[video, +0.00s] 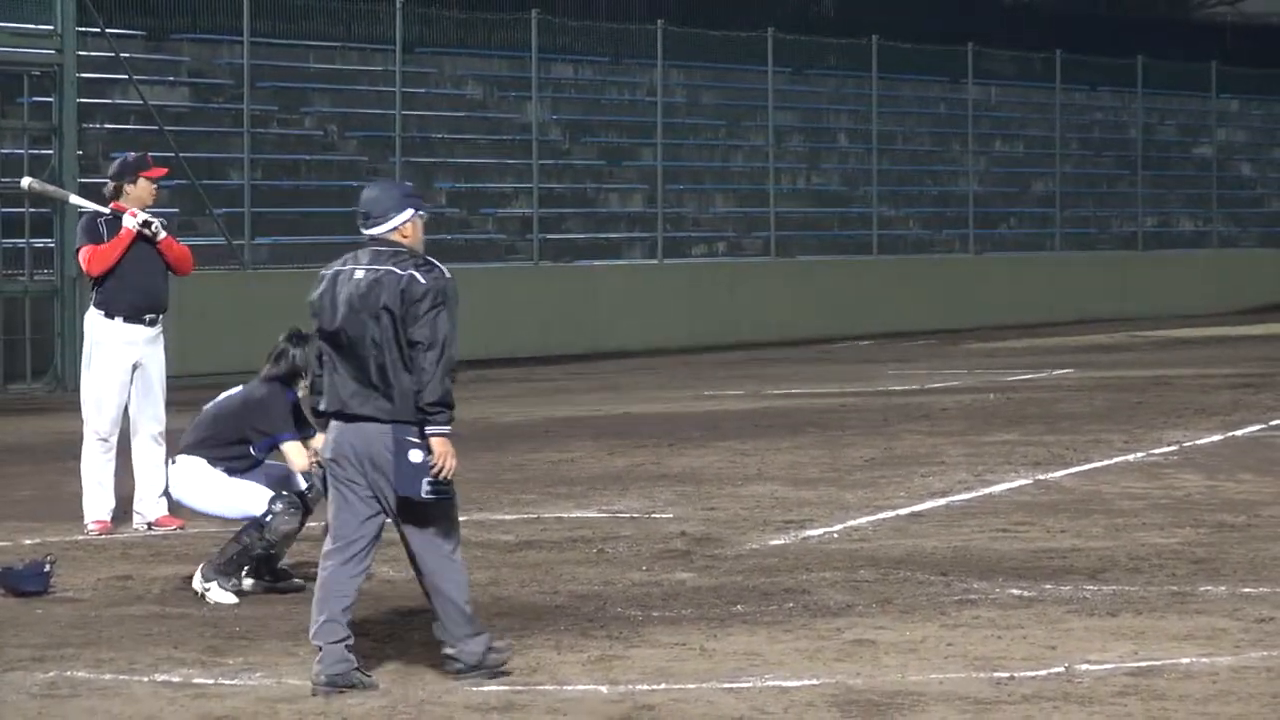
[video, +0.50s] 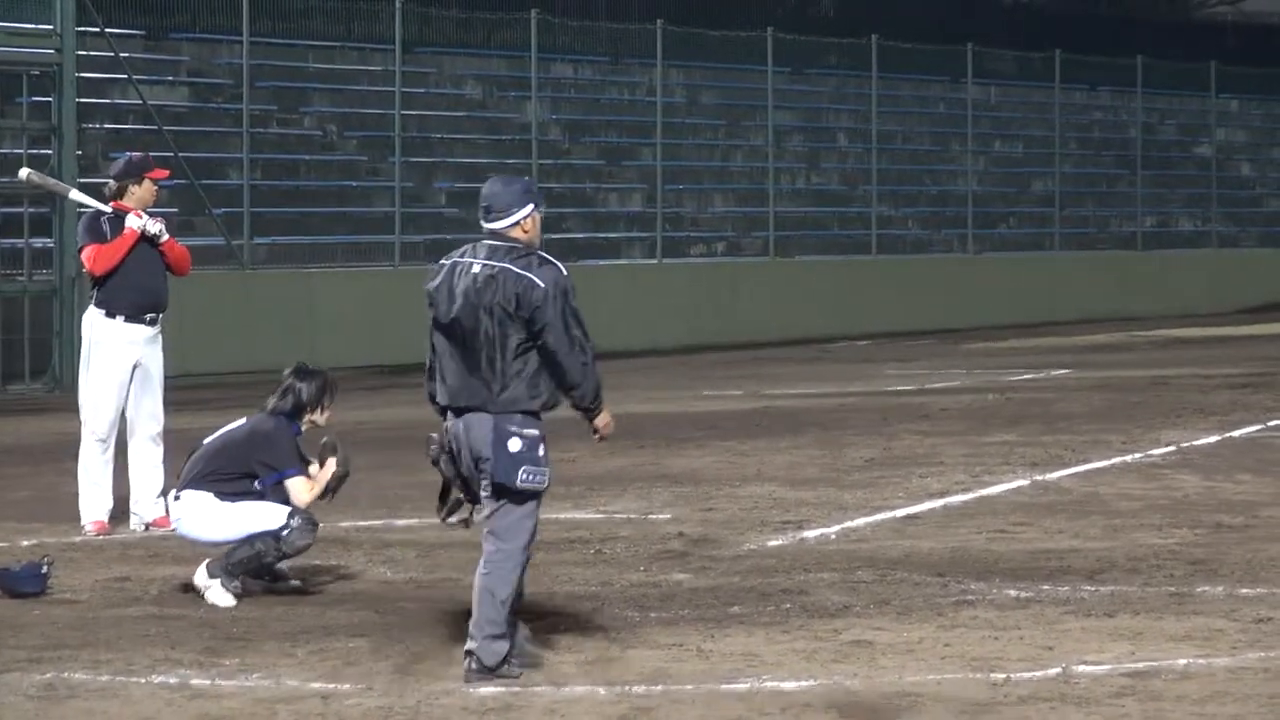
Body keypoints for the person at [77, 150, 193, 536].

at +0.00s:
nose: (155, 188)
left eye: (155, 182)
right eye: (149, 182)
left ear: (137, 186)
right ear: (126, 185)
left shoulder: (153, 227)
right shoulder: (96, 221)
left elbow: (186, 265)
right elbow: (93, 265)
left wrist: (161, 236)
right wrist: (127, 232)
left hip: (151, 333)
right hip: (109, 332)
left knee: (151, 426)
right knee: (102, 429)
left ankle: (151, 509)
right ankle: (98, 515)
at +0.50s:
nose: (156, 189)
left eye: (156, 183)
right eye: (151, 183)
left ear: (136, 186)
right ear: (131, 185)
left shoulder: (153, 225)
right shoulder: (97, 220)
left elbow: (184, 266)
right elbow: (96, 265)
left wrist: (163, 238)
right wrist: (132, 233)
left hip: (150, 333)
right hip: (109, 332)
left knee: (148, 426)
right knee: (100, 428)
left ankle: (149, 511)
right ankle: (95, 516)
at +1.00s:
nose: (156, 189)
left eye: (156, 184)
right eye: (152, 183)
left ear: (134, 187)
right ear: (131, 186)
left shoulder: (152, 226)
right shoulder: (98, 221)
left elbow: (183, 267)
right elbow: (97, 265)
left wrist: (164, 238)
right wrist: (133, 232)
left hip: (151, 333)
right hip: (111, 332)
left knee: (150, 426)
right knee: (102, 427)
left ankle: (150, 510)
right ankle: (96, 516)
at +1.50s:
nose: (159, 191)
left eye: (158, 185)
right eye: (153, 184)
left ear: (137, 188)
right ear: (132, 187)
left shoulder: (155, 227)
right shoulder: (99, 221)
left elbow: (184, 272)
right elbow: (99, 266)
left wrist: (166, 241)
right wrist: (136, 235)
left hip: (153, 335)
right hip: (113, 333)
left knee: (152, 428)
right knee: (103, 429)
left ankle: (151, 512)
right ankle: (98, 517)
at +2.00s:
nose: (159, 191)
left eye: (159, 185)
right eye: (154, 185)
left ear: (138, 189)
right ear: (132, 188)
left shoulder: (155, 229)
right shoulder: (100, 222)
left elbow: (185, 273)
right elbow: (99, 268)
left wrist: (166, 243)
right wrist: (137, 236)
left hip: (155, 335)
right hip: (114, 334)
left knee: (153, 428)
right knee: (104, 429)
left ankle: (152, 512)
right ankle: (99, 517)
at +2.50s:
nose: (156, 192)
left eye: (157, 187)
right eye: (149, 186)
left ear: (148, 190)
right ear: (125, 187)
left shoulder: (156, 228)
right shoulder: (100, 222)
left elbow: (187, 271)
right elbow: (99, 267)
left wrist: (167, 242)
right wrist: (137, 236)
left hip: (155, 335)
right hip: (114, 333)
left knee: (153, 427)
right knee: (104, 428)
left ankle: (151, 513)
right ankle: (98, 517)